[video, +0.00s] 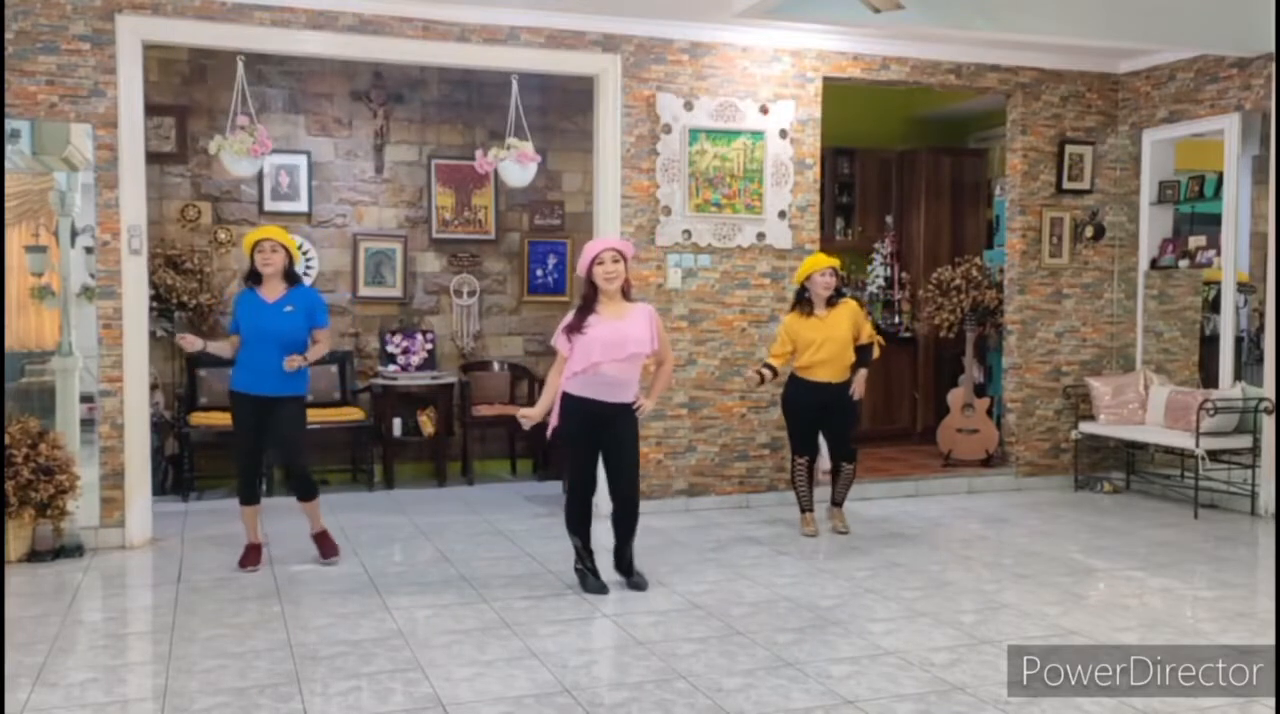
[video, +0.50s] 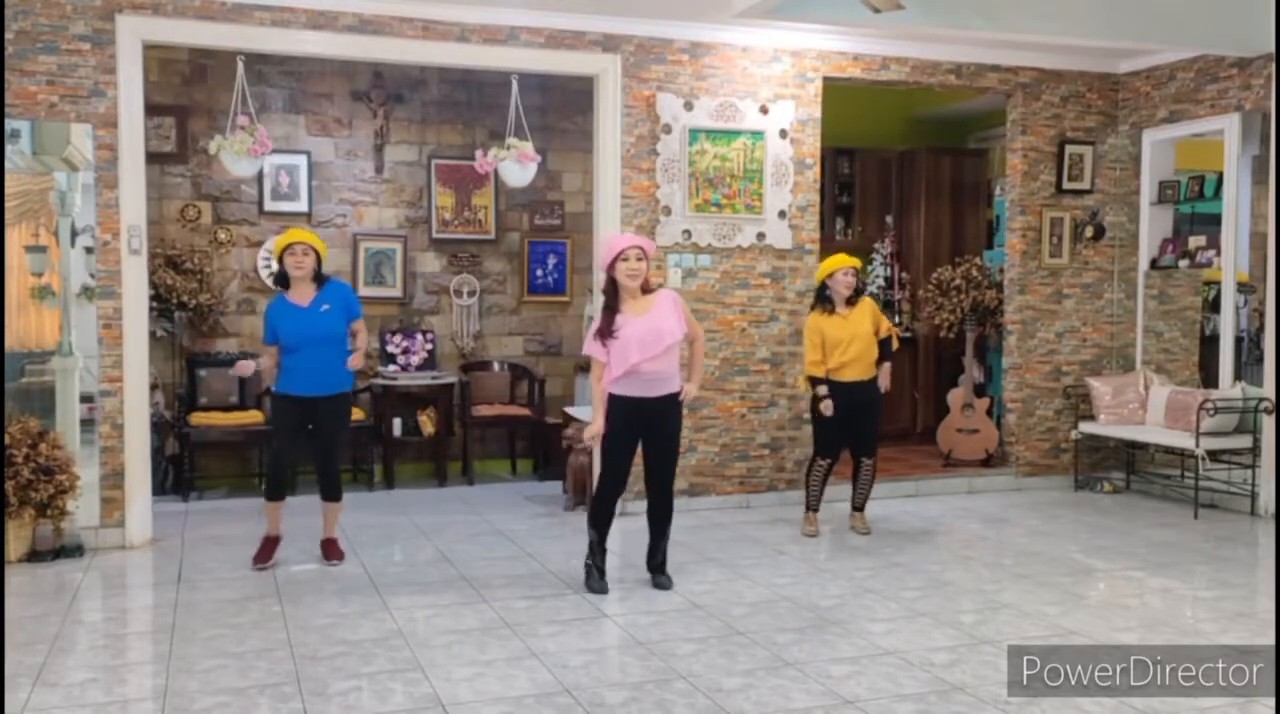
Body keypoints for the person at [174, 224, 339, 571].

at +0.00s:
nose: (267, 256)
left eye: (274, 250)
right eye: (261, 251)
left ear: (288, 258)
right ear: (253, 259)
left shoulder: (307, 297)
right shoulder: (245, 299)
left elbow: (324, 343)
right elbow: (234, 346)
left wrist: (305, 359)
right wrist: (202, 344)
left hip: (288, 396)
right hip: (246, 394)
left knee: (295, 465)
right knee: (247, 468)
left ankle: (318, 531)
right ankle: (253, 542)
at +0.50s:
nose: (299, 259)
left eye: (306, 253)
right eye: (291, 254)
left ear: (317, 260)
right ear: (282, 262)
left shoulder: (340, 293)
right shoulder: (276, 307)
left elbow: (359, 331)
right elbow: (271, 358)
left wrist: (360, 351)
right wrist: (255, 366)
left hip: (333, 395)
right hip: (289, 395)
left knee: (329, 465)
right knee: (278, 463)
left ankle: (330, 537)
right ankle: (272, 533)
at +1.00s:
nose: (309, 259)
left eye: (316, 253)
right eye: (302, 254)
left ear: (327, 260)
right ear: (292, 261)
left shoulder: (345, 295)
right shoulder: (279, 304)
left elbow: (354, 336)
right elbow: (265, 351)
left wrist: (378, 343)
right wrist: (288, 358)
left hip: (336, 396)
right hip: (293, 397)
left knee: (332, 466)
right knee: (293, 466)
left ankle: (330, 538)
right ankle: (293, 533)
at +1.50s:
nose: (288, 257)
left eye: (295, 251)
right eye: (281, 251)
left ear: (305, 259)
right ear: (271, 258)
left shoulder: (314, 301)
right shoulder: (255, 295)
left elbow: (313, 350)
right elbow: (218, 332)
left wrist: (340, 354)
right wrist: (242, 363)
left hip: (301, 397)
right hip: (258, 397)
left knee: (311, 466)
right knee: (258, 469)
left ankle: (325, 536)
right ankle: (256, 541)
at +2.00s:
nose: (267, 255)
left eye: (274, 250)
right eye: (260, 250)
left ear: (285, 258)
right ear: (249, 257)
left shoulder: (299, 302)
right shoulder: (231, 296)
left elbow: (302, 349)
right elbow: (212, 339)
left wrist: (315, 353)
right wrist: (188, 347)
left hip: (282, 398)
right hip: (239, 397)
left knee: (283, 468)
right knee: (246, 468)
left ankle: (277, 540)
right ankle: (254, 542)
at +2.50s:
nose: (276, 257)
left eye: (283, 251)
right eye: (270, 251)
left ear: (294, 259)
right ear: (259, 259)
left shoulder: (313, 298)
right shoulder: (247, 301)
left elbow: (328, 342)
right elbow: (234, 351)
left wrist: (319, 351)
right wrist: (204, 334)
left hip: (299, 397)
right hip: (254, 397)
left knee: (309, 466)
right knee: (253, 469)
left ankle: (333, 538)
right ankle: (255, 542)